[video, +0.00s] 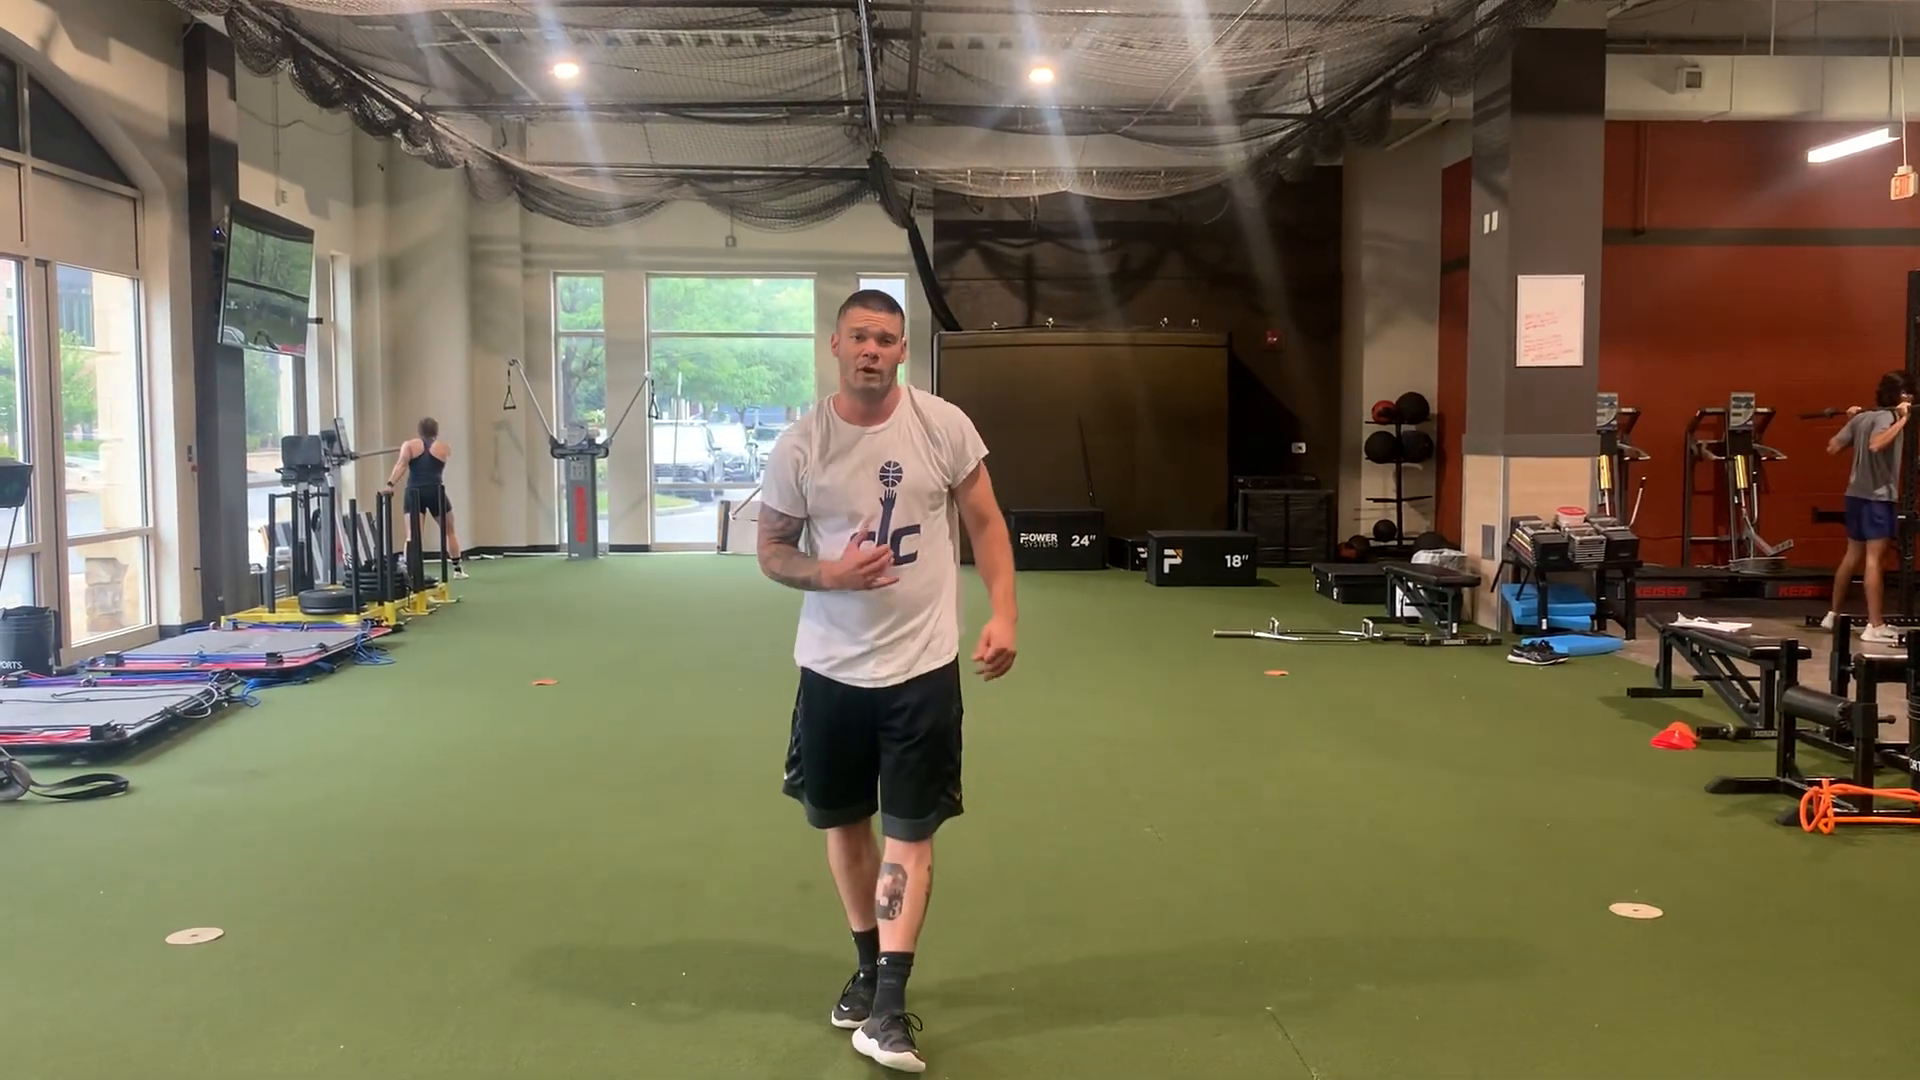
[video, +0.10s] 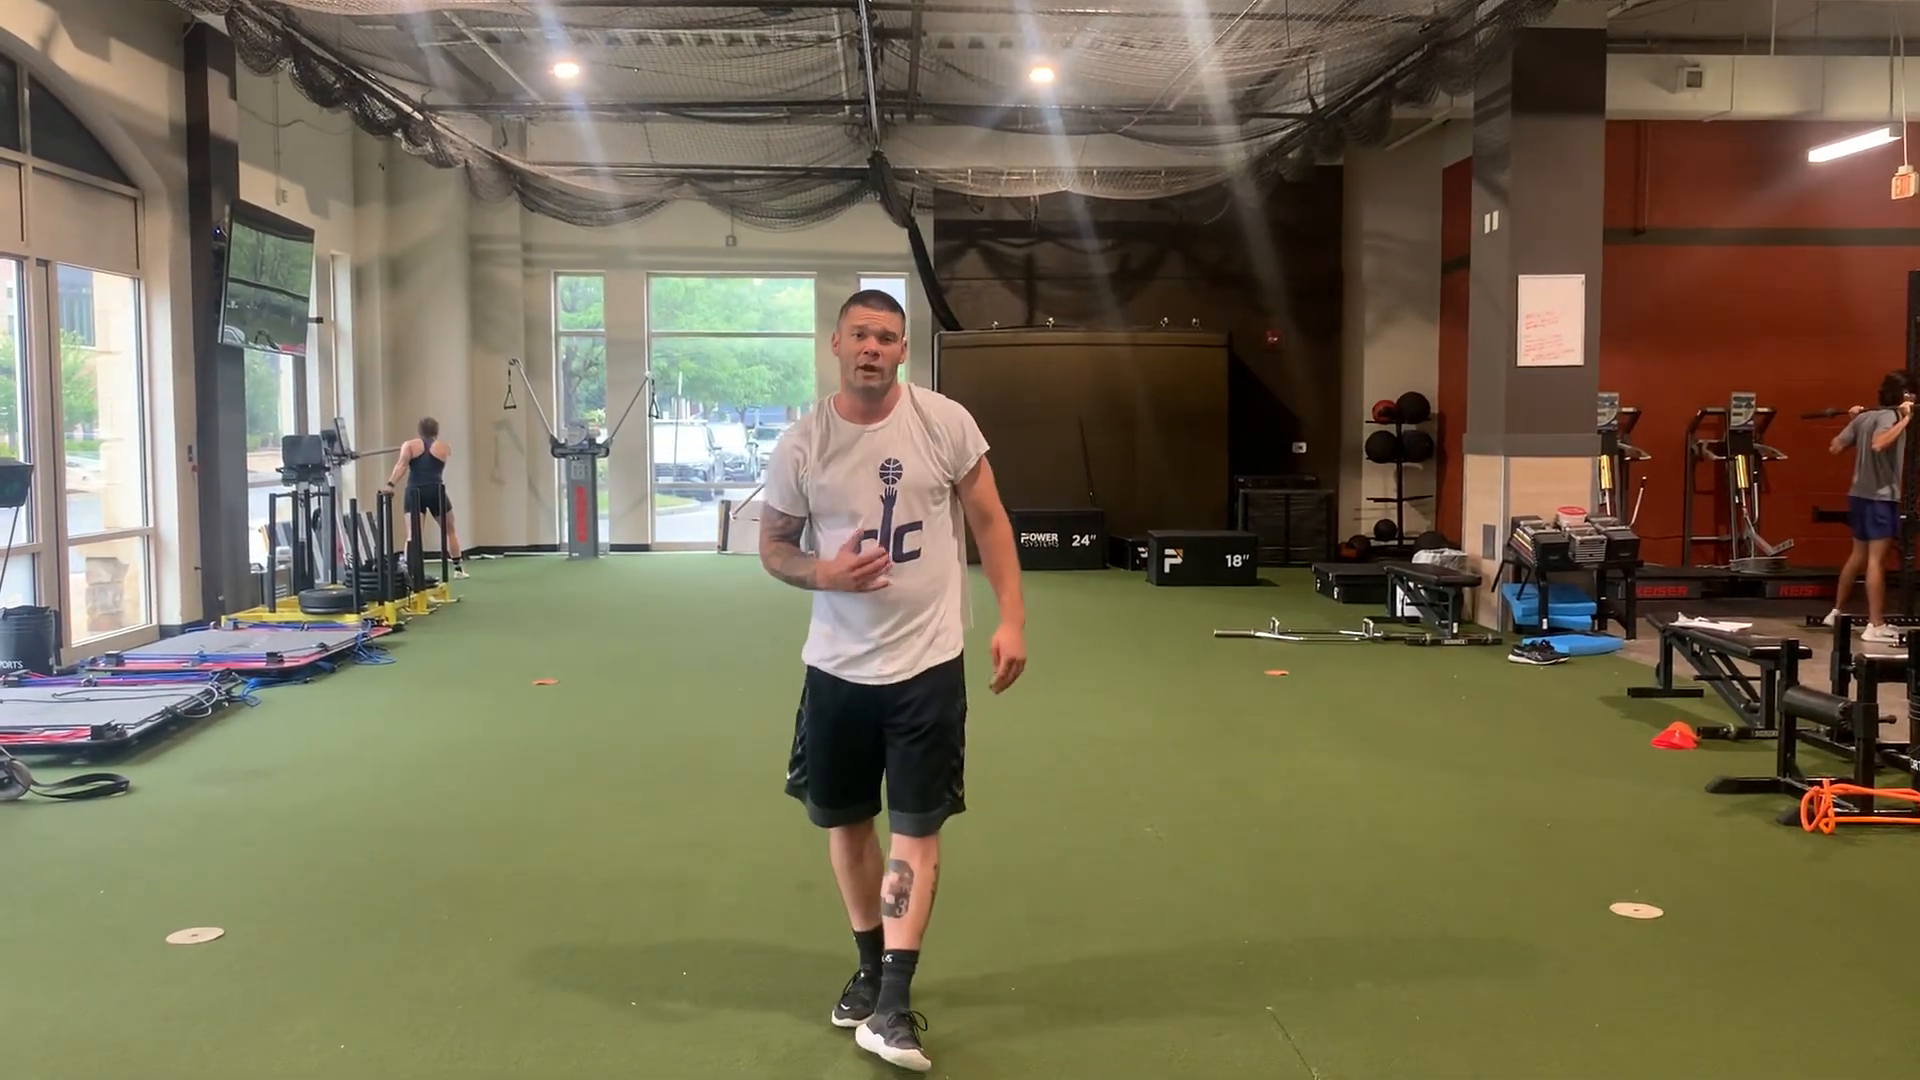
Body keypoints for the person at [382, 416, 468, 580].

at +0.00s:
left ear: (419, 431)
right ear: (436, 432)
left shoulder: (409, 446)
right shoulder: (444, 448)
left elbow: (401, 465)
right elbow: (439, 467)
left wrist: (390, 484)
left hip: (414, 492)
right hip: (435, 491)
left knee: (412, 535)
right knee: (449, 531)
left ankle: (410, 571)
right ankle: (458, 568)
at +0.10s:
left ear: (419, 431)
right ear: (436, 432)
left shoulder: (409, 445)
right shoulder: (444, 447)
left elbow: (402, 466)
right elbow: (438, 467)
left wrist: (391, 483)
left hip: (414, 492)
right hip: (436, 491)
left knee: (412, 534)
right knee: (449, 531)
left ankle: (409, 570)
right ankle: (458, 568)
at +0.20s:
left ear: (419, 431)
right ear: (436, 432)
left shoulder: (409, 445)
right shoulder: (445, 447)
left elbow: (402, 466)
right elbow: (439, 467)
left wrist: (392, 485)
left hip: (415, 492)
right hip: (436, 491)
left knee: (413, 534)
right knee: (450, 531)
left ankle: (410, 571)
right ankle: (459, 568)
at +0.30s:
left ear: (419, 431)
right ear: (436, 431)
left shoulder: (409, 445)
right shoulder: (444, 447)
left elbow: (403, 465)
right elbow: (439, 467)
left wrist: (393, 485)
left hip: (415, 491)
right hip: (436, 490)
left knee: (413, 533)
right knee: (450, 530)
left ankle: (410, 569)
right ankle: (459, 567)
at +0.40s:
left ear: (419, 431)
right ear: (435, 431)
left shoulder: (409, 445)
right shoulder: (444, 447)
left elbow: (402, 467)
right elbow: (440, 466)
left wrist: (392, 486)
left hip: (415, 491)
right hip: (437, 490)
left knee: (414, 533)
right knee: (450, 530)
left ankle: (410, 569)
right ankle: (459, 567)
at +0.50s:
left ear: (419, 430)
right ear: (436, 431)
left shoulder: (409, 445)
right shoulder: (445, 446)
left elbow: (403, 465)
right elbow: (440, 466)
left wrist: (392, 485)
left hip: (415, 491)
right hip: (437, 490)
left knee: (413, 534)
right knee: (450, 530)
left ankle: (411, 570)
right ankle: (459, 568)